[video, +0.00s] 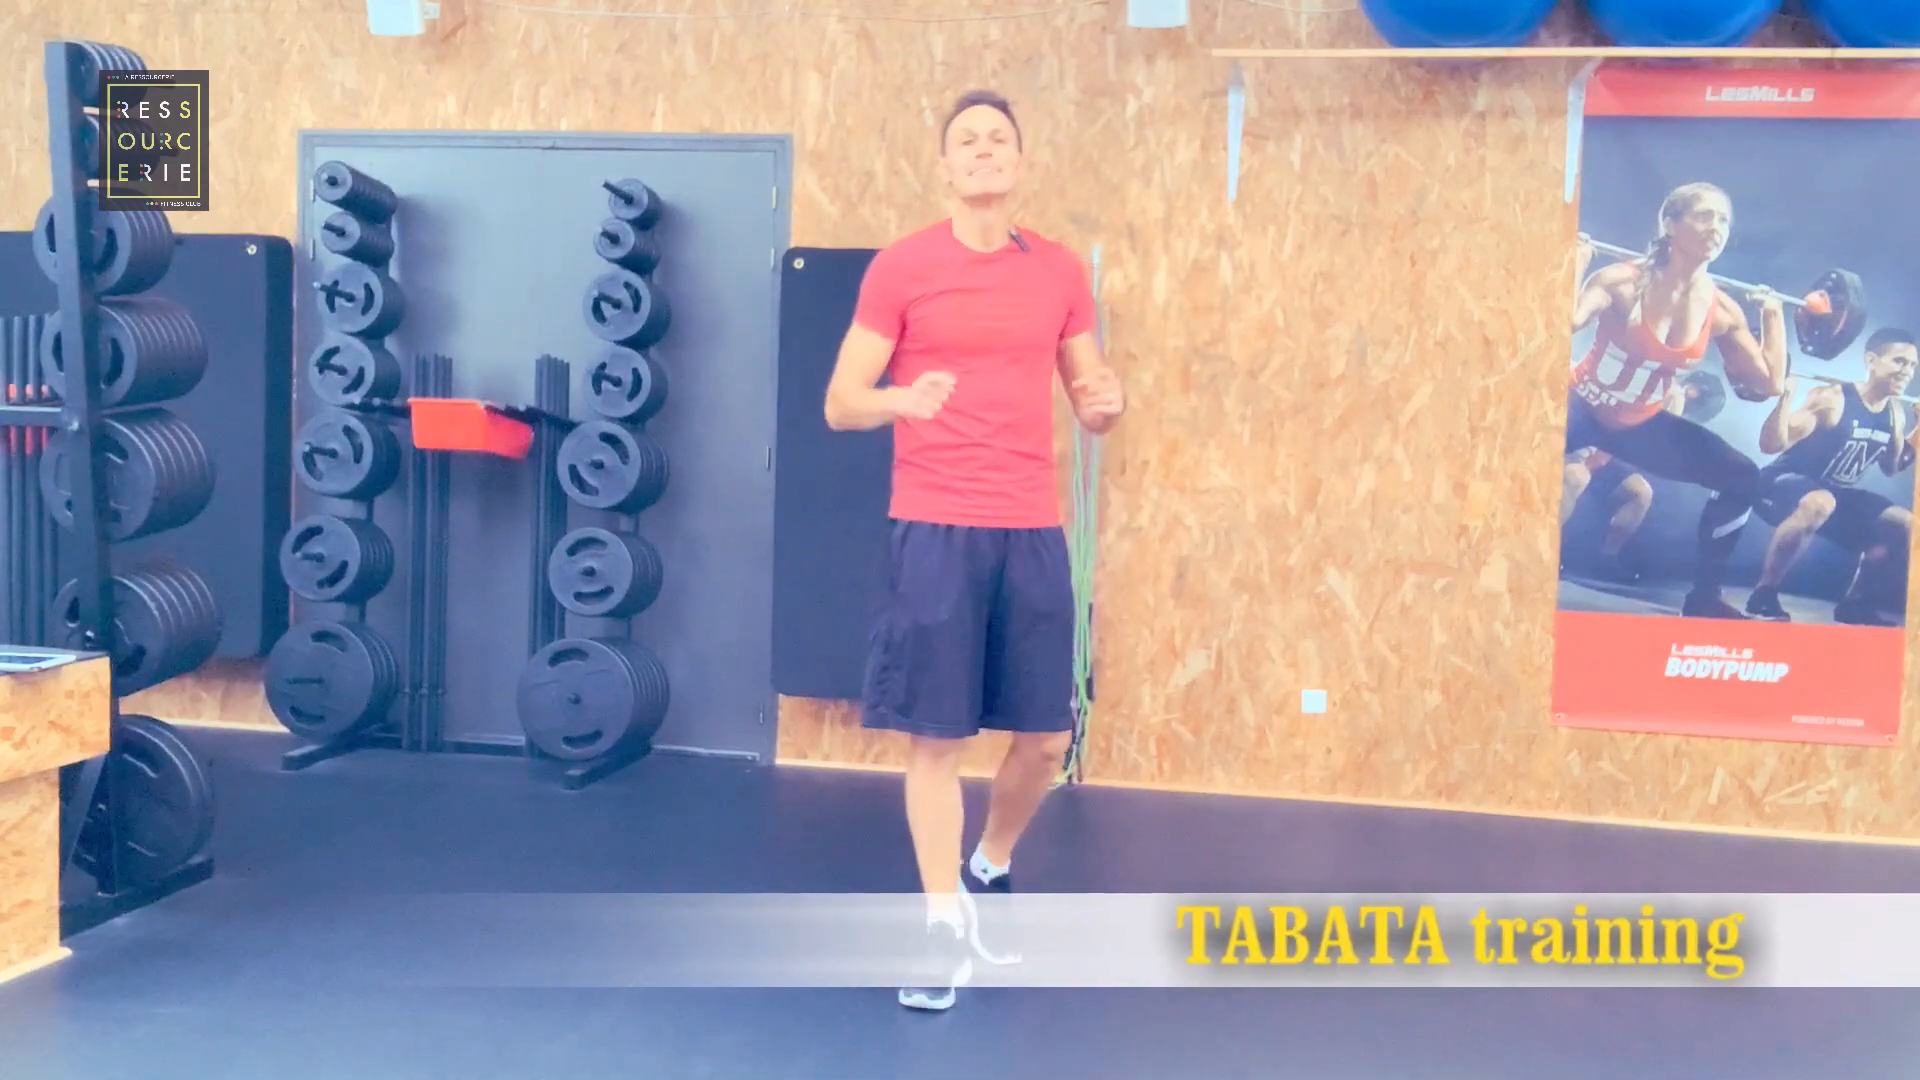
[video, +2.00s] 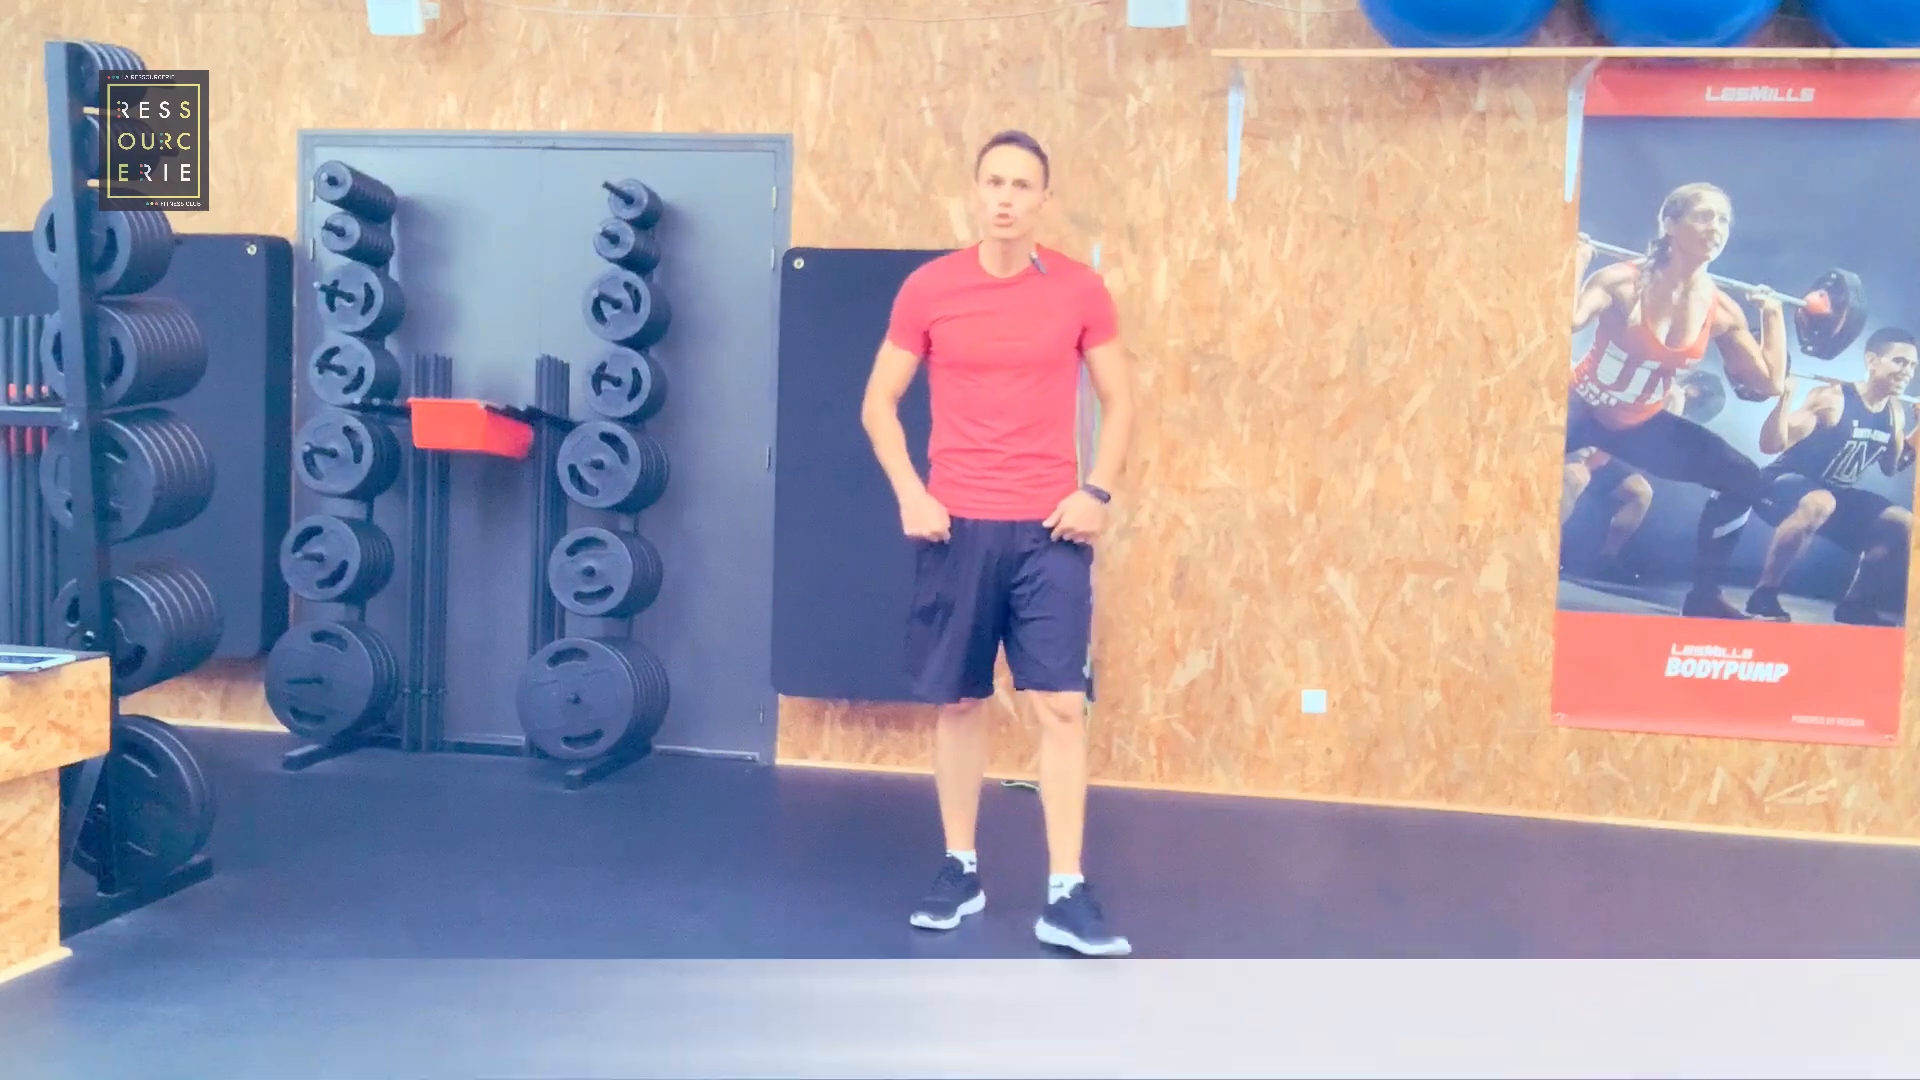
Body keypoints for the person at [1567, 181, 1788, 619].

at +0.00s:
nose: (1716, 228)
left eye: (1724, 221)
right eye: (1704, 216)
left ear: (1728, 234)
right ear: (1670, 224)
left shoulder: (1722, 310)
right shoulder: (1620, 279)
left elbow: (1769, 386)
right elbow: (1559, 325)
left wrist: (1773, 312)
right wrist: (1573, 269)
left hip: (1644, 425)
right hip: (1579, 408)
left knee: (1742, 477)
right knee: (1515, 446)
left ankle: (1705, 597)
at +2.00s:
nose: (1716, 228)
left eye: (1724, 220)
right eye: (1704, 216)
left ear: (1729, 233)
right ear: (1670, 224)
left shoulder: (1721, 310)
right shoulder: (1620, 279)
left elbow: (1769, 385)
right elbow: (1558, 326)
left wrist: (1773, 312)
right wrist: (1572, 268)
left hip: (1645, 425)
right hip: (1579, 409)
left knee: (1742, 478)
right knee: (1510, 452)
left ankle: (1705, 597)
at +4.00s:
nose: (1717, 228)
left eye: (1724, 220)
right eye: (1705, 216)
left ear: (1728, 233)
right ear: (1670, 224)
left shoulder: (1722, 311)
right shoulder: (1620, 279)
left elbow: (1769, 386)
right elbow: (1558, 325)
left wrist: (1773, 313)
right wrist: (1572, 269)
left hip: (1645, 425)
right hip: (1579, 410)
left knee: (1742, 477)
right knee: (1514, 450)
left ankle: (1705, 597)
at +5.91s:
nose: (1716, 228)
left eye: (1724, 220)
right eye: (1704, 216)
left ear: (1729, 232)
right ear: (1670, 225)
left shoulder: (1721, 311)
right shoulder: (1620, 279)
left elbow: (1770, 386)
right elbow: (1558, 325)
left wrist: (1773, 312)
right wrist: (1573, 268)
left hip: (1644, 425)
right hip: (1579, 409)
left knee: (1742, 478)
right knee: (1510, 452)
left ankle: (1705, 598)